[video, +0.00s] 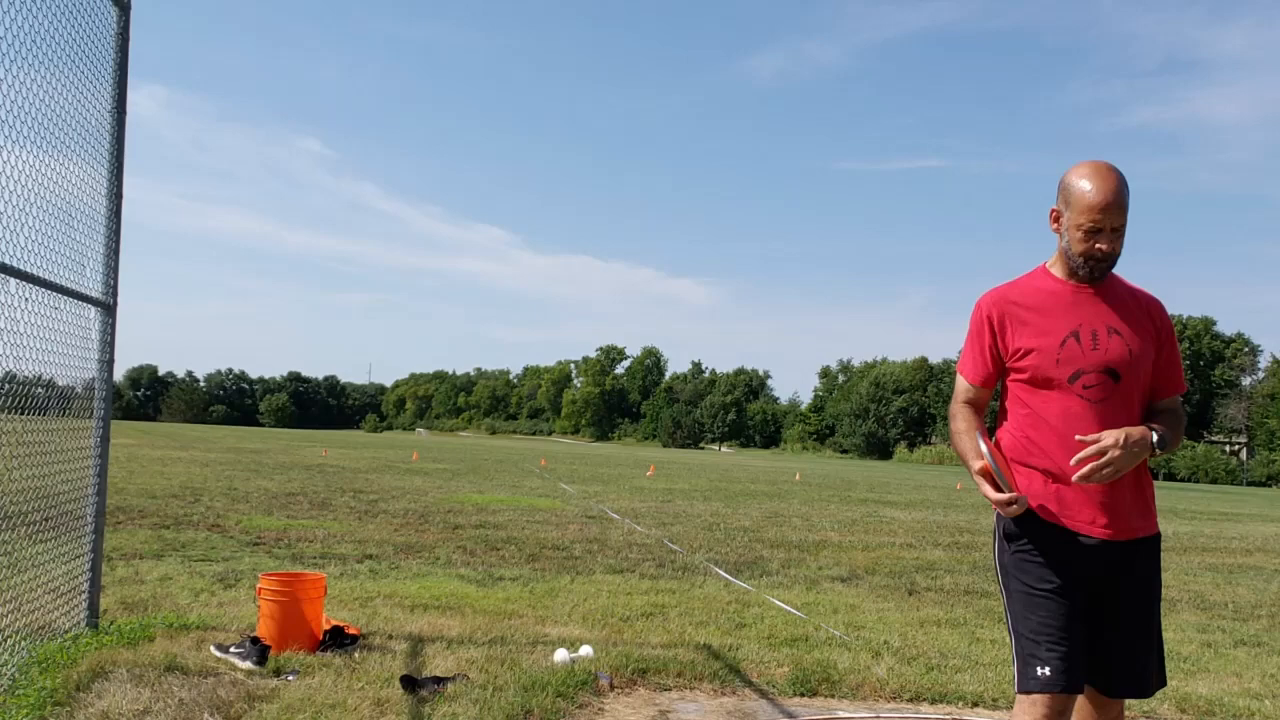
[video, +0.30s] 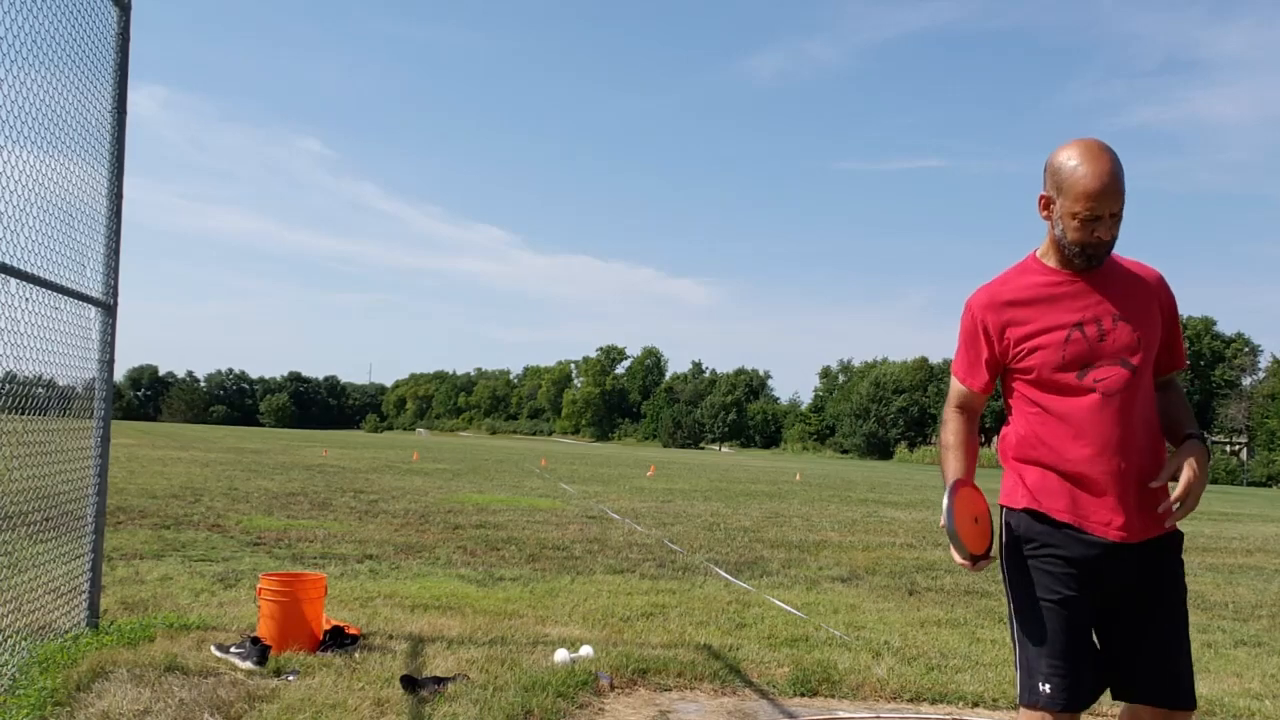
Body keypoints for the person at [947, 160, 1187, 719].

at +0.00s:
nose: (1105, 246)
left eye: (1116, 231)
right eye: (1091, 231)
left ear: (1127, 224)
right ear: (1057, 222)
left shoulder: (1149, 314)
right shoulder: (1001, 308)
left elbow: (1172, 418)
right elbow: (965, 406)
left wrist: (1148, 439)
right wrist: (979, 461)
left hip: (1126, 535)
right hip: (1037, 527)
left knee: (1107, 695)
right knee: (1047, 693)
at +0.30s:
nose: (1103, 234)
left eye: (1113, 218)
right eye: (1088, 219)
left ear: (1124, 206)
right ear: (1046, 206)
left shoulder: (1150, 290)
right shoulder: (995, 305)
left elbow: (1166, 385)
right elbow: (961, 410)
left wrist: (1192, 445)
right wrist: (961, 501)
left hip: (1146, 534)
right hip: (1049, 532)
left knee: (1164, 704)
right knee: (1051, 704)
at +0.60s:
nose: (1131, 228)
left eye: (1142, 210)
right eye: (1114, 213)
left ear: (1153, 195)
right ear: (1070, 198)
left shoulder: (1172, 281)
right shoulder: (1016, 295)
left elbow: (1193, 386)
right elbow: (973, 417)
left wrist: (1188, 452)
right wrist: (1052, 494)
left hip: (1171, 534)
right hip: (1066, 541)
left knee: (1228, 702)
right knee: (1066, 710)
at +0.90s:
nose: (1214, 232)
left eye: (1230, 214)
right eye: (1198, 213)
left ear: (1248, 199)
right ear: (1161, 192)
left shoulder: (1269, 295)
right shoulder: (1096, 284)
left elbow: (1271, 415)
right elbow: (1021, 387)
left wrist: (1271, 461)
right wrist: (1067, 466)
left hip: (1238, 559)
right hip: (1119, 554)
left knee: (1247, 709)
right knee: (1100, 712)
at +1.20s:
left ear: (1268, 186)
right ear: (1266, 185)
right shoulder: (1181, 272)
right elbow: (1102, 370)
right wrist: (1086, 495)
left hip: (1269, 564)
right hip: (1162, 545)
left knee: (1271, 708)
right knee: (1116, 708)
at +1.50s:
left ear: (1268, 192)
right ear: (1261, 191)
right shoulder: (1167, 273)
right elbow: (1084, 372)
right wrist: (1078, 492)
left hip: (1264, 568)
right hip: (1145, 555)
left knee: (1267, 707)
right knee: (1087, 709)